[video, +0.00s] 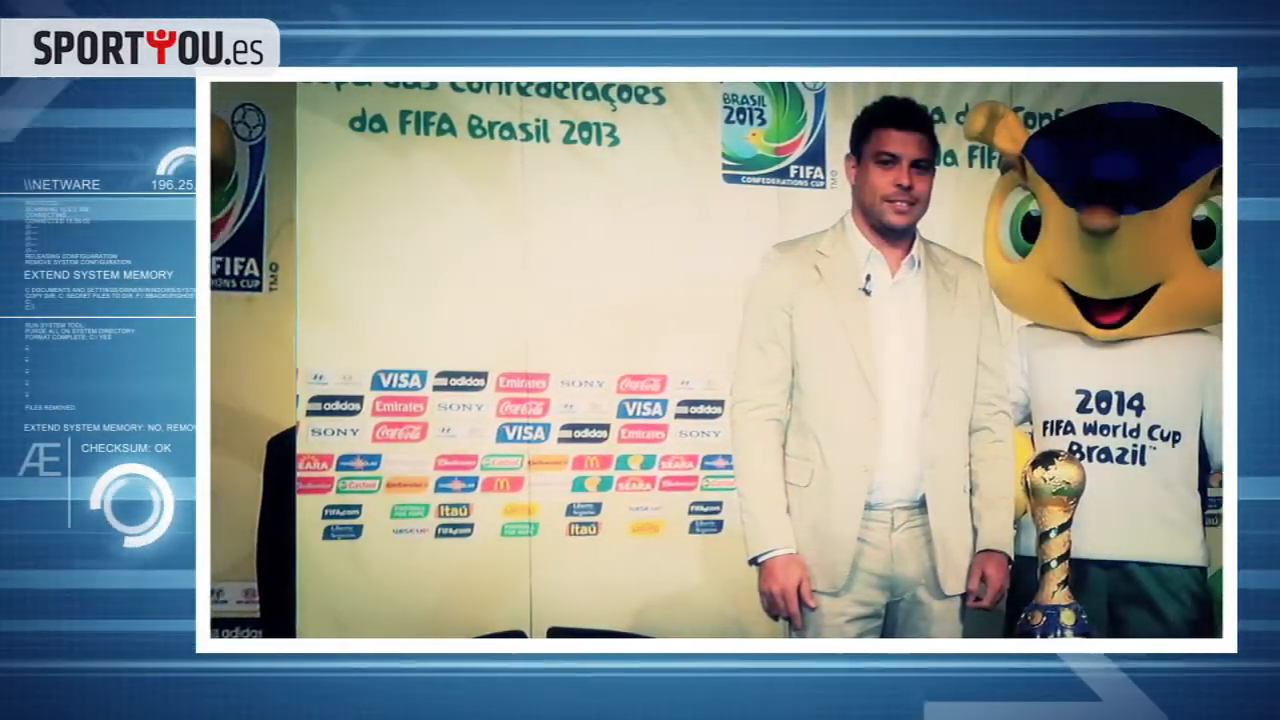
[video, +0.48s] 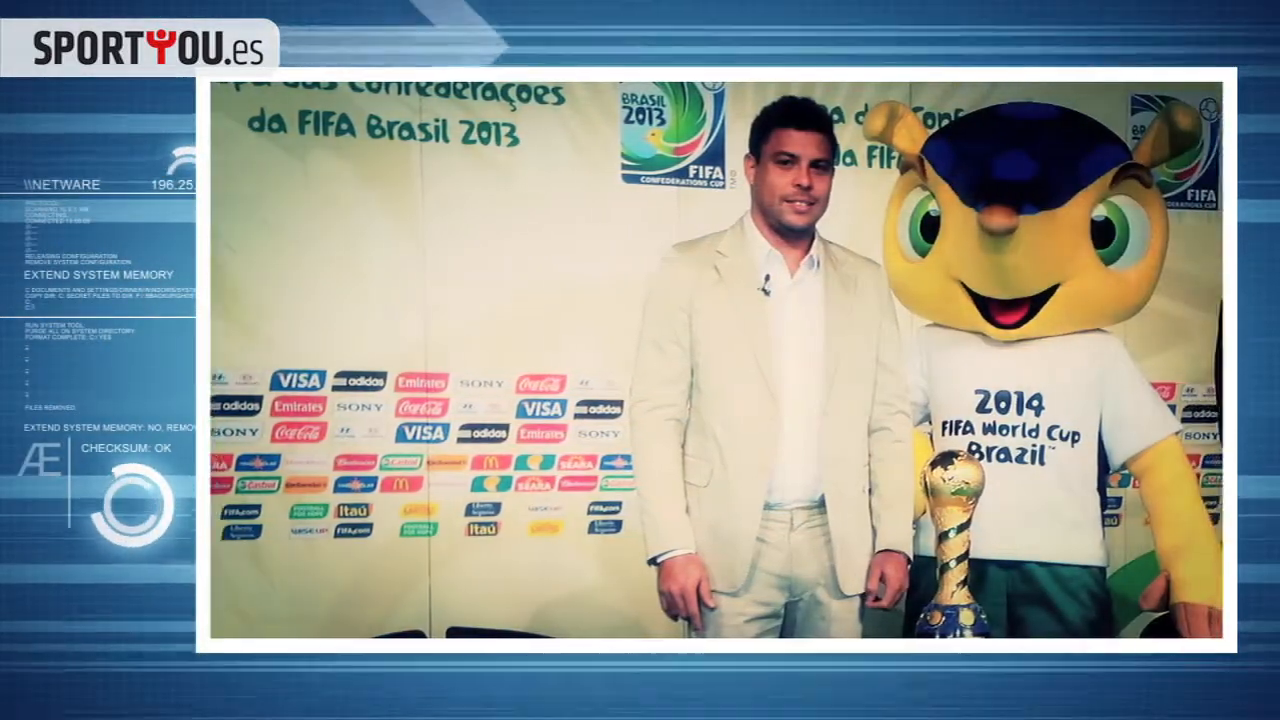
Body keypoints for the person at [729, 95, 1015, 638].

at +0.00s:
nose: (905, 180)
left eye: (921, 166)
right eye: (887, 162)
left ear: (934, 178)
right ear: (852, 169)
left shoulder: (967, 283)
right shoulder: (789, 270)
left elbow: (991, 423)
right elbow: (756, 414)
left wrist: (994, 543)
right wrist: (773, 549)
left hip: (940, 543)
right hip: (832, 545)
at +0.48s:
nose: (804, 180)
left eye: (820, 166)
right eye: (786, 162)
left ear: (833, 178)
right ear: (751, 170)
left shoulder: (866, 282)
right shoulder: (688, 271)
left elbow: (890, 422)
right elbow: (655, 415)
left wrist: (893, 543)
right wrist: (672, 549)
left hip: (840, 543)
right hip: (731, 545)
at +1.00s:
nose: (696, 180)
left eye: (712, 166)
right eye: (678, 162)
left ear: (725, 177)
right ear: (643, 169)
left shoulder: (758, 282)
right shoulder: (580, 271)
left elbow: (782, 422)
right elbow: (547, 416)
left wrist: (784, 543)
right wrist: (564, 549)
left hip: (731, 542)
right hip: (623, 544)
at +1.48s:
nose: (596, 180)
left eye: (612, 166)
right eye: (578, 162)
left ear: (625, 178)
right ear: (542, 169)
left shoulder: (659, 283)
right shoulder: (480, 270)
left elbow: (682, 423)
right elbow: (447, 415)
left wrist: (684, 543)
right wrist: (464, 549)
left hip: (631, 542)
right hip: (523, 544)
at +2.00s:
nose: (488, 180)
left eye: (504, 166)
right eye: (469, 162)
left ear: (517, 178)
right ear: (434, 170)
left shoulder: (550, 282)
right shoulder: (371, 270)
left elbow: (573, 423)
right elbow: (338, 414)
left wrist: (576, 543)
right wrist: (356, 548)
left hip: (522, 543)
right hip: (415, 544)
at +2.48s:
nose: (388, 181)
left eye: (404, 166)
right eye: (370, 162)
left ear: (417, 178)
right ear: (335, 170)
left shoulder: (449, 282)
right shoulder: (271, 270)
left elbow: (473, 422)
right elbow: (238, 414)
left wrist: (476, 543)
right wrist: (256, 548)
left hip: (423, 543)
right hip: (316, 544)